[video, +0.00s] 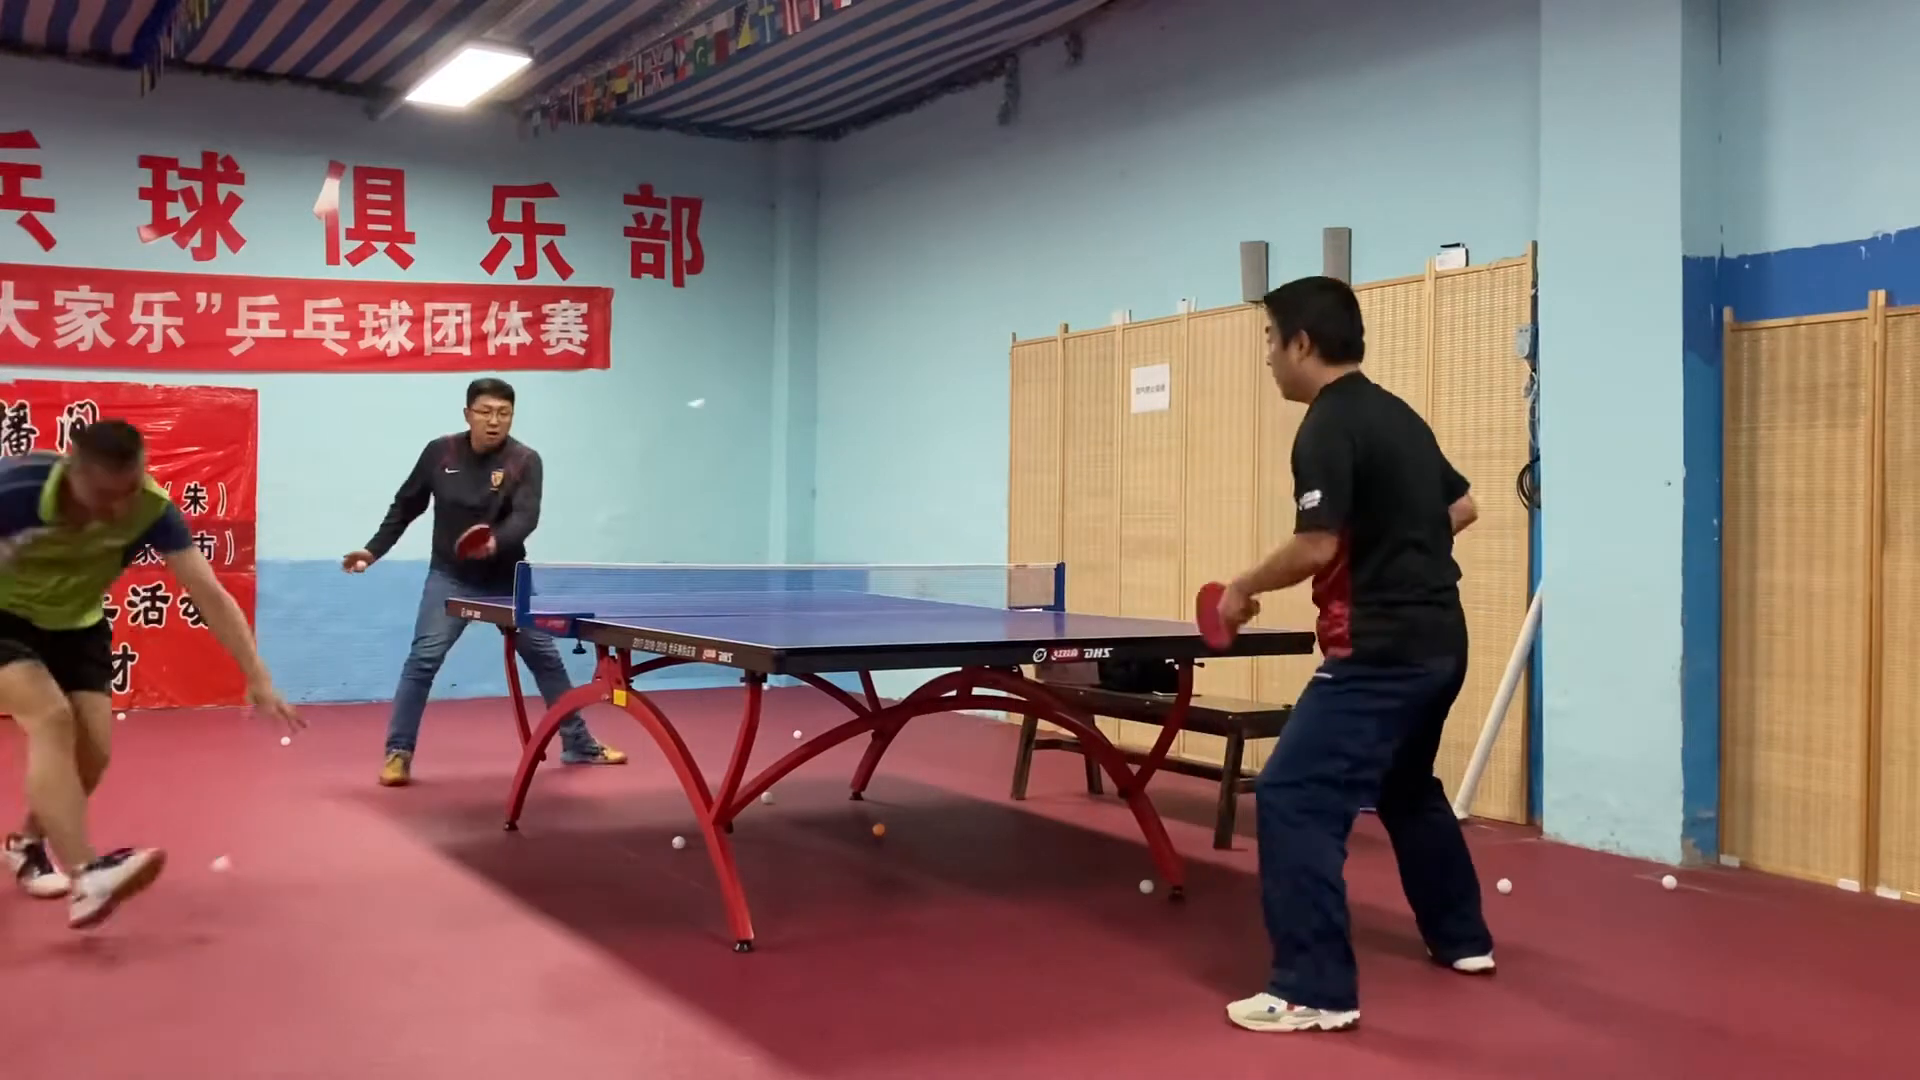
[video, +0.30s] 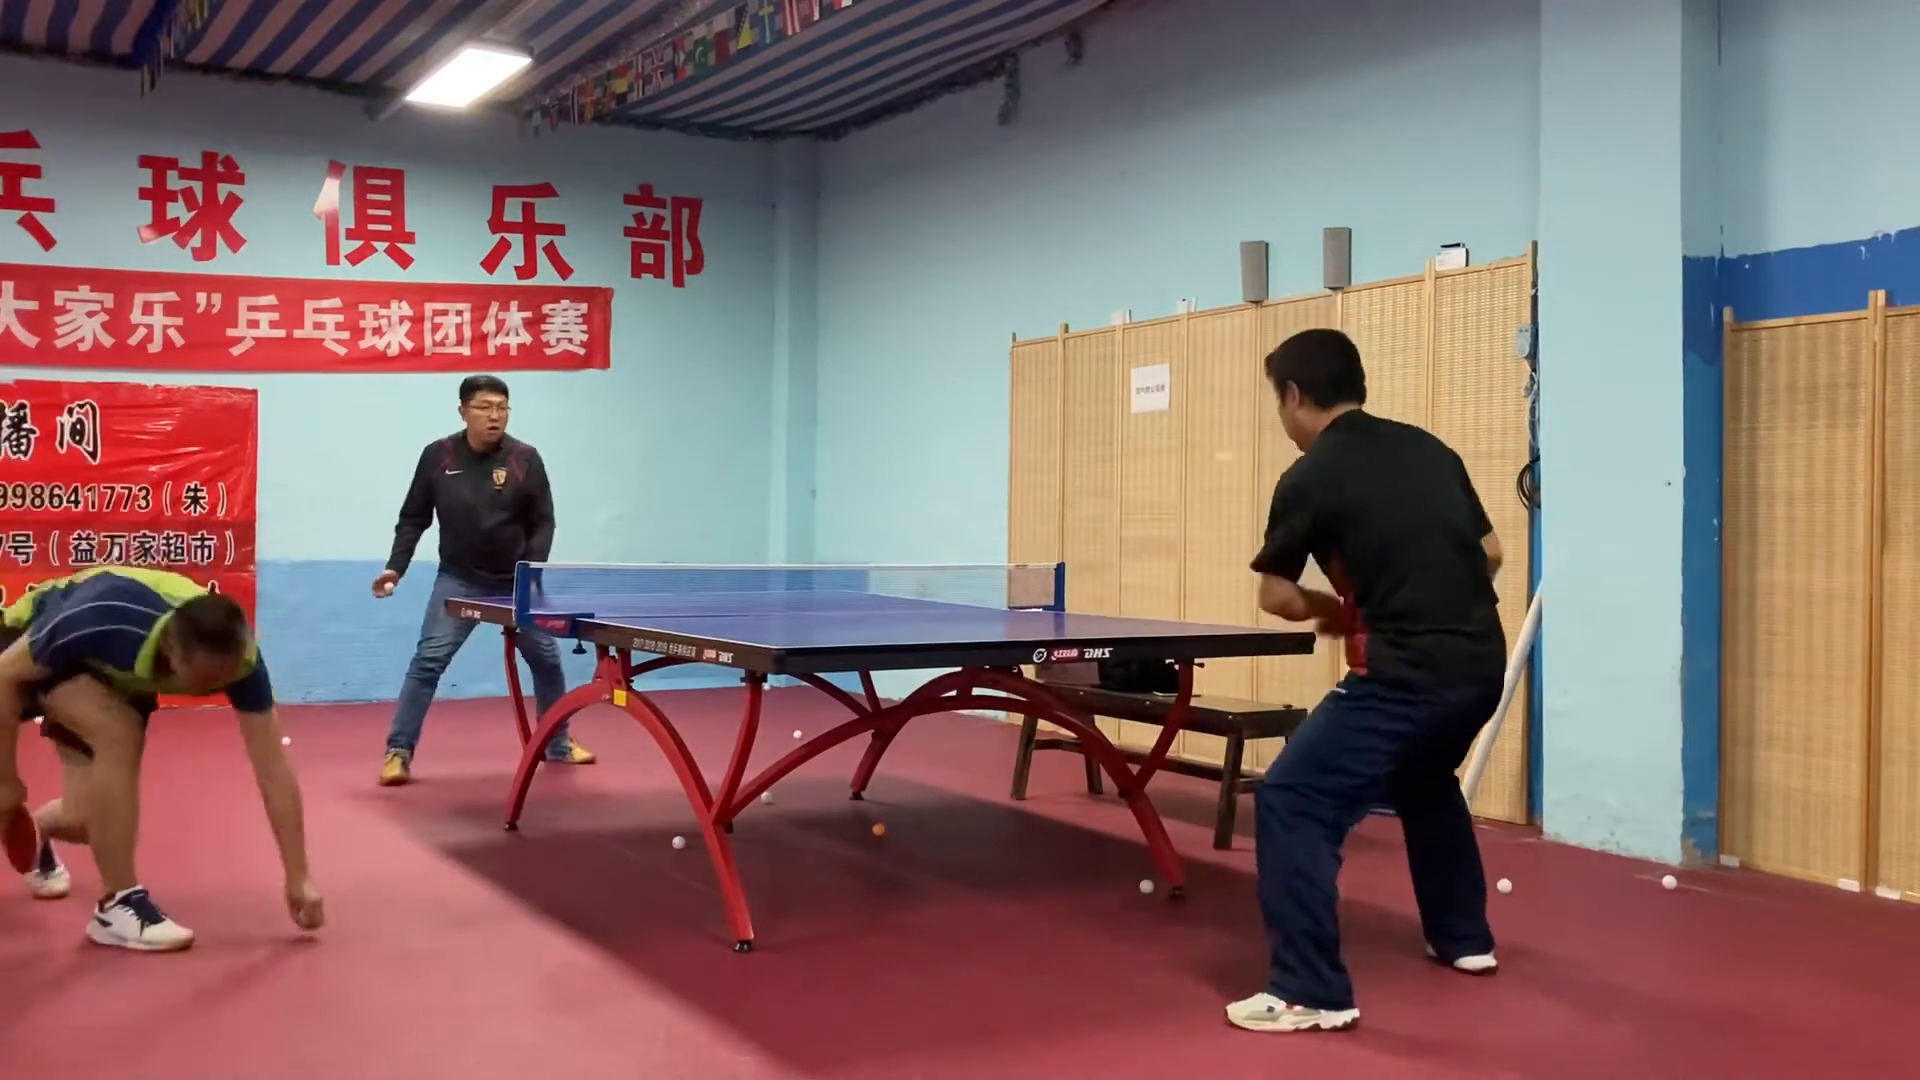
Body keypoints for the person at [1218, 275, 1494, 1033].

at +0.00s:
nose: (1268, 356)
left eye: (1273, 341)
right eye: (1269, 341)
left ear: (1301, 343)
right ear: (1342, 343)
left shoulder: (1328, 423)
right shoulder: (1398, 412)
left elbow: (1317, 545)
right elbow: (1459, 506)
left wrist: (1246, 586)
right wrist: (1371, 548)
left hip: (1381, 651)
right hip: (1438, 648)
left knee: (1294, 793)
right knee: (1406, 786)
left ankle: (1316, 988)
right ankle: (1463, 941)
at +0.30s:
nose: (1281, 416)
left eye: (1279, 401)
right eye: (1279, 402)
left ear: (1298, 397)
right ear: (1354, 389)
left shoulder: (1310, 474)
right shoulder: (1428, 448)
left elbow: (1277, 596)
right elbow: (1490, 552)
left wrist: (1344, 615)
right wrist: (1411, 595)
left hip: (1403, 672)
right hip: (1479, 666)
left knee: (1291, 797)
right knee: (1424, 781)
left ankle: (1311, 989)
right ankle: (1465, 940)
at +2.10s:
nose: (1372, 363)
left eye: (1372, 354)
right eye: (1371, 356)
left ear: (1381, 346)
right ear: (1444, 341)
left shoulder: (1388, 384)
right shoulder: (1490, 407)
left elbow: (1389, 466)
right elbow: (1502, 512)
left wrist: (1371, 563)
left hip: (1430, 619)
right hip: (1499, 620)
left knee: (1411, 782)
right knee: (1471, 779)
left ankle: (1420, 952)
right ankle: (1477, 938)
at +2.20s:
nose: (1373, 357)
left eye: (1372, 349)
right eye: (1372, 350)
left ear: (1382, 341)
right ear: (1444, 337)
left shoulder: (1388, 378)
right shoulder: (1488, 402)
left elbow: (1386, 462)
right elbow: (1507, 500)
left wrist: (1361, 559)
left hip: (1426, 611)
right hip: (1496, 614)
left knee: (1405, 772)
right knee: (1472, 774)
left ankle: (1432, 939)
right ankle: (1479, 935)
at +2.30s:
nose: (1366, 350)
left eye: (1366, 340)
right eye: (1364, 341)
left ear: (1380, 334)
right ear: (1437, 332)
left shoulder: (1388, 378)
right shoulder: (1475, 397)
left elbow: (1390, 459)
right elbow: (1489, 502)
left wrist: (1353, 555)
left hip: (1421, 612)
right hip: (1488, 612)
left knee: (1395, 770)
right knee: (1468, 769)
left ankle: (1431, 931)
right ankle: (1480, 929)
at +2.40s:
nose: (1354, 346)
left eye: (1355, 333)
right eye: (1353, 333)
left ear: (1375, 328)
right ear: (1422, 327)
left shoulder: (1394, 380)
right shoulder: (1448, 387)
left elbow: (1402, 462)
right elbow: (1436, 490)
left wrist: (1351, 553)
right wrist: (1358, 475)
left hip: (1418, 612)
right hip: (1471, 610)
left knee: (1385, 766)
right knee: (1458, 764)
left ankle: (1414, 921)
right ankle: (1478, 918)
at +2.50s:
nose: (1343, 347)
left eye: (1344, 332)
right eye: (1342, 333)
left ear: (1365, 326)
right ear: (1405, 325)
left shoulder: (1395, 381)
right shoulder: (1426, 383)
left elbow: (1413, 469)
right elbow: (1410, 494)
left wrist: (1348, 546)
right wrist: (1334, 499)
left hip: (1408, 617)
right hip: (1443, 613)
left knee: (1385, 770)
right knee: (1431, 765)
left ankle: (1411, 922)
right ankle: (1470, 908)